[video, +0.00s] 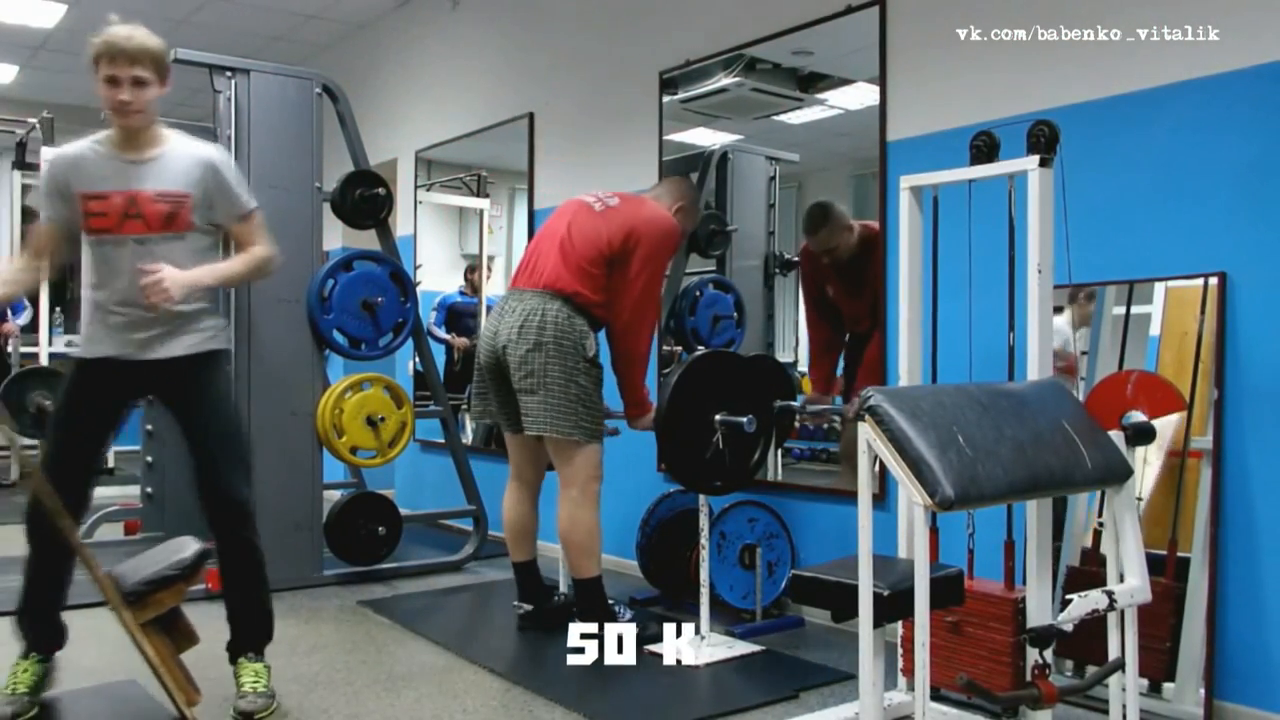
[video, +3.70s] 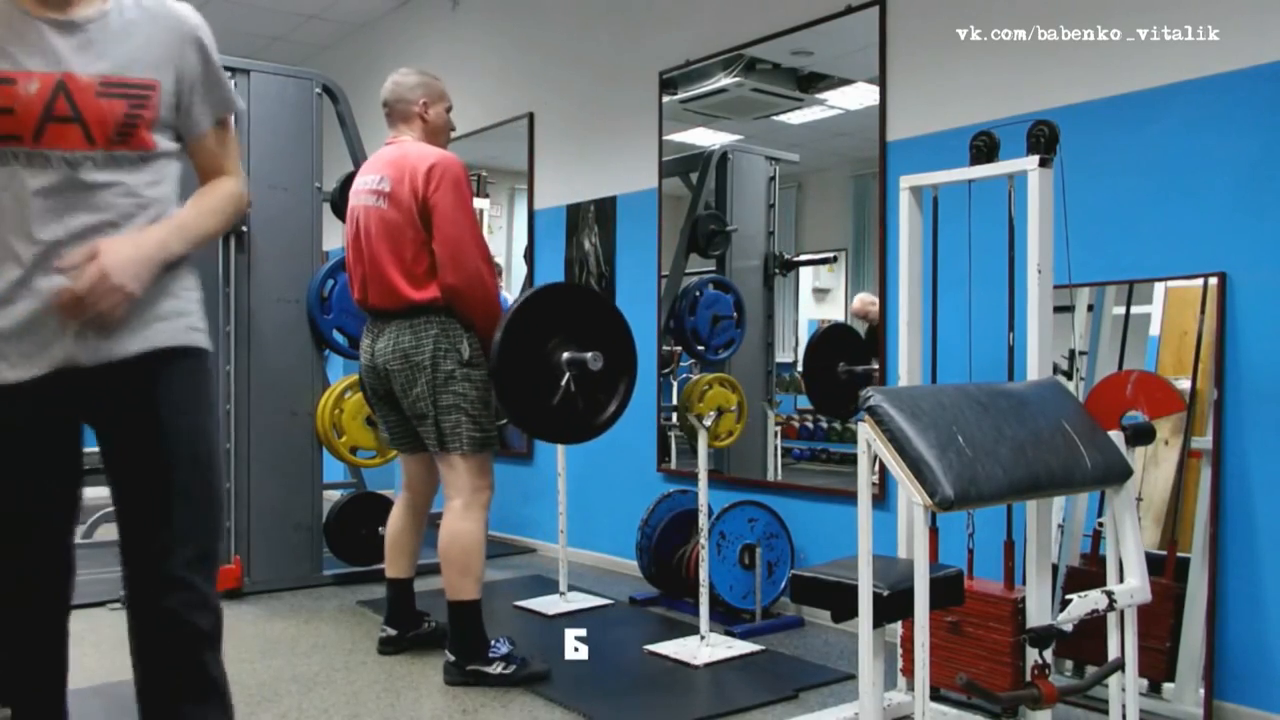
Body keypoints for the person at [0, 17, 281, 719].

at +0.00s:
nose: (124, 94)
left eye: (137, 82)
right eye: (112, 82)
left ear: (162, 86)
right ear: (97, 87)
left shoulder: (203, 162)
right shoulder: (66, 166)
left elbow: (263, 253)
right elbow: (40, 257)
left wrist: (191, 278)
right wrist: (2, 288)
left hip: (193, 354)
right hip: (102, 355)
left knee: (231, 499)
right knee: (53, 501)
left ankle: (250, 655)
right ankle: (37, 652)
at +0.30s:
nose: (152, 61)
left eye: (165, 48)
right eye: (141, 51)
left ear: (197, 53)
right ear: (131, 62)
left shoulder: (234, 132)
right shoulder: (133, 146)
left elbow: (273, 235)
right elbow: (139, 244)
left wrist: (158, 266)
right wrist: (99, 272)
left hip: (236, 342)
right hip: (161, 343)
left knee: (247, 498)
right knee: (139, 490)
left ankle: (256, 655)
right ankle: (148, 639)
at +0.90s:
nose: (49, 65)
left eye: (59, 51)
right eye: (47, 54)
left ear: (105, 51)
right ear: (85, 58)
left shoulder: (157, 136)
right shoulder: (74, 152)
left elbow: (170, 247)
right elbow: (89, 259)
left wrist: (52, 247)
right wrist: (35, 268)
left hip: (154, 350)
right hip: (86, 349)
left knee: (185, 501)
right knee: (47, 500)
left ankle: (245, 648)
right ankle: (51, 669)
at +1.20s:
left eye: (3, 25)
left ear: (37, 33)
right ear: (24, 36)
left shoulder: (82, 119)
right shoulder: (10, 131)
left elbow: (103, 237)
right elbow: (30, 239)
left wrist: (5, 255)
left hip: (98, 325)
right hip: (38, 335)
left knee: (90, 490)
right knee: (25, 503)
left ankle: (123, 682)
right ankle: (54, 670)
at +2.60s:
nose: (54, 13)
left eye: (74, 2)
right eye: (48, 2)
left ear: (114, 20)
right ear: (39, 15)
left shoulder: (145, 115)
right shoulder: (25, 113)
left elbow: (197, 237)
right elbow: (10, 213)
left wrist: (66, 265)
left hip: (146, 346)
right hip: (67, 347)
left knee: (155, 517)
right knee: (73, 501)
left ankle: (164, 685)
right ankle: (94, 647)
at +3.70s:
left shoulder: (171, 26)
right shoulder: (8, 27)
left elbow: (229, 183)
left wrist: (149, 245)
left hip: (155, 339)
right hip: (18, 351)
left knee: (177, 598)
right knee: (24, 602)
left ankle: (191, 715)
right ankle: (35, 712)